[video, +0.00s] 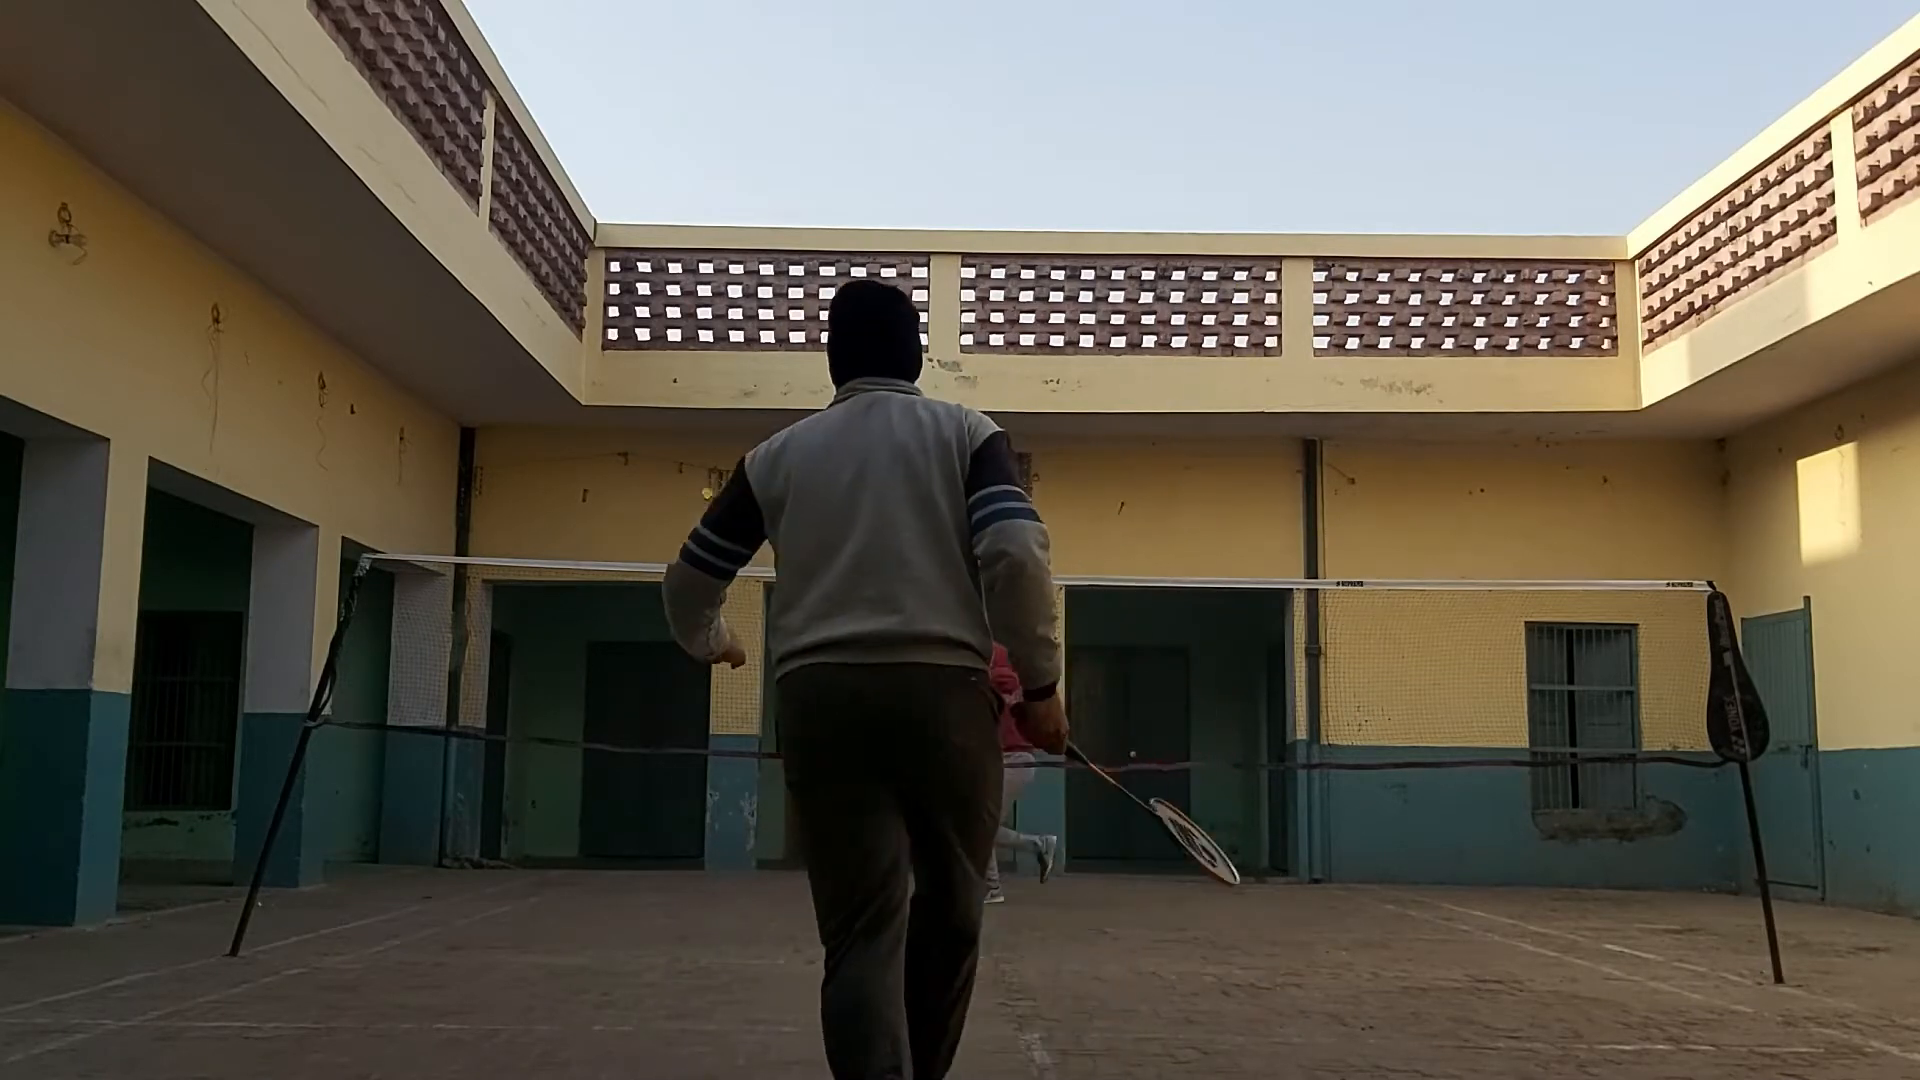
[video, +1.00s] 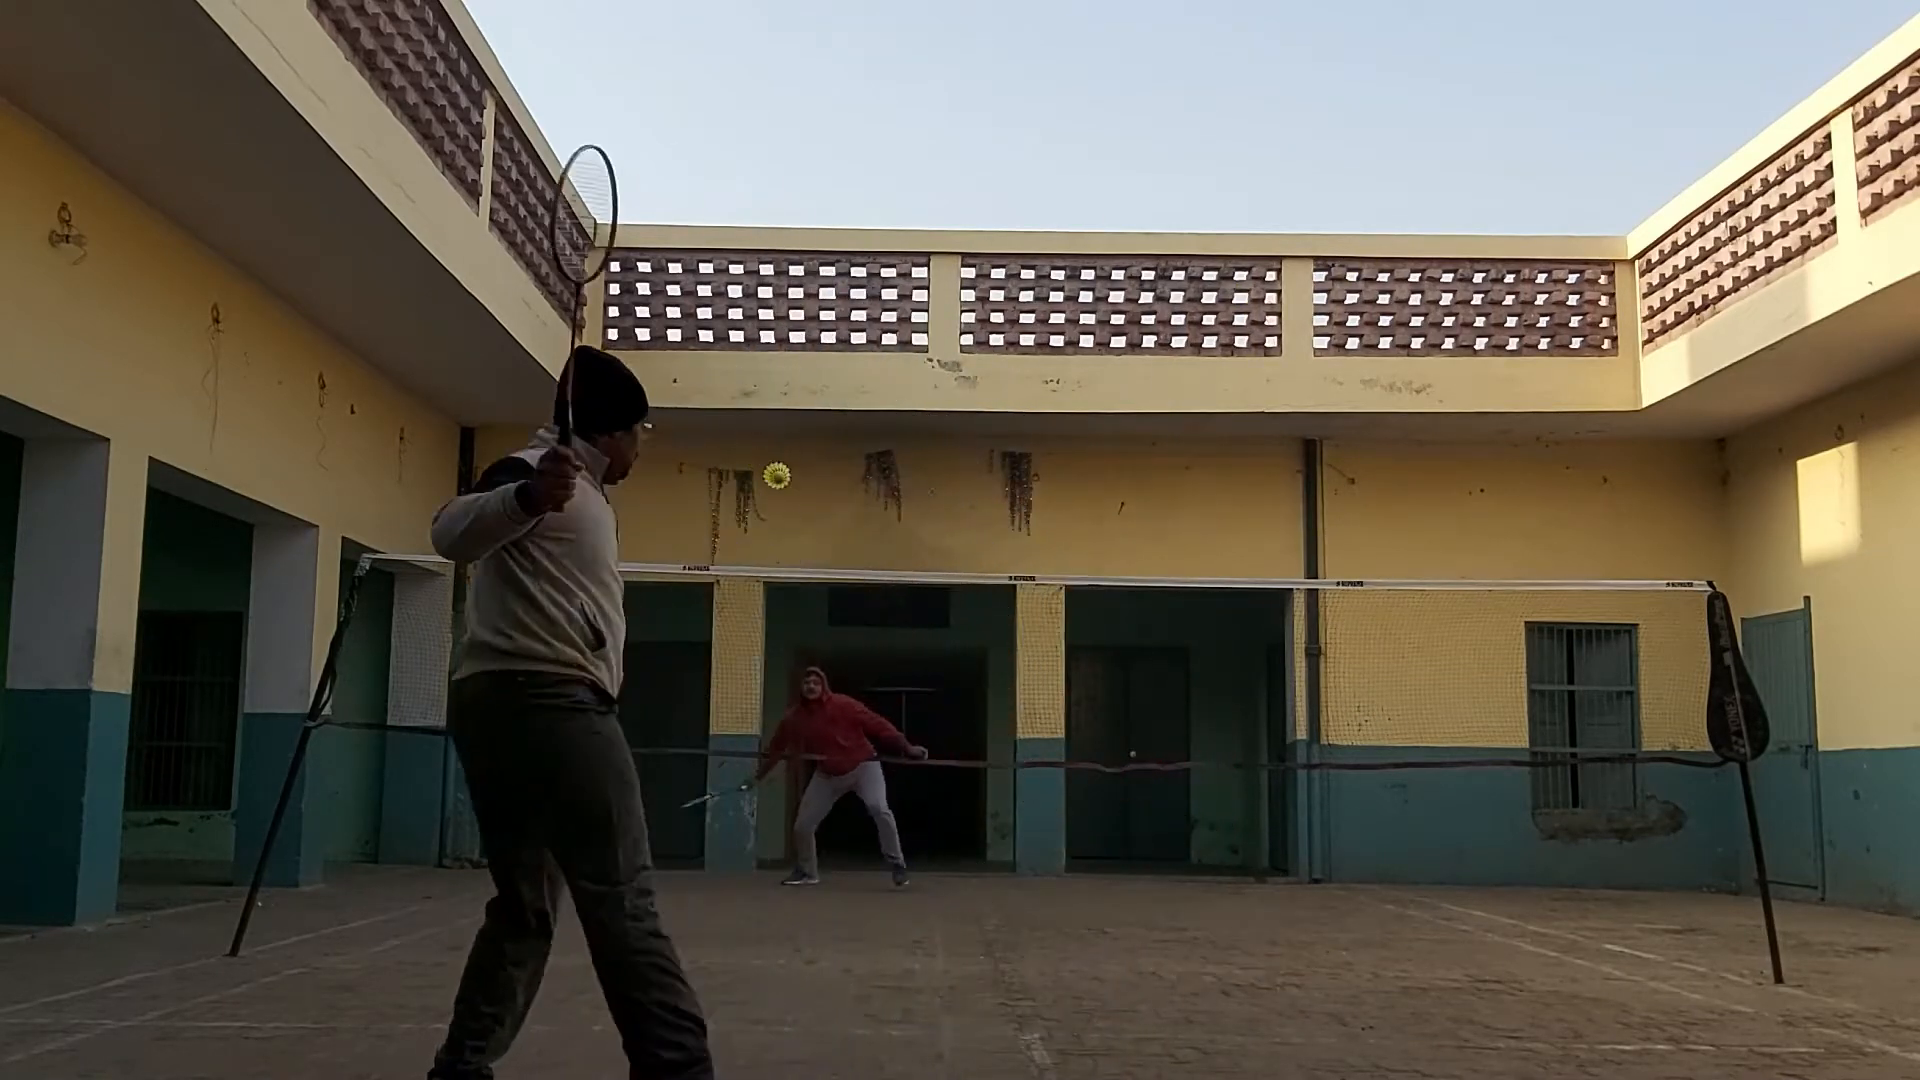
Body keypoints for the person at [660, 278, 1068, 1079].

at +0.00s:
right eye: (909, 341)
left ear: (833, 359)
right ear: (916, 354)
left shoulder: (778, 452)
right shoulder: (967, 431)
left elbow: (688, 586)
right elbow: (1015, 554)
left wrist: (712, 642)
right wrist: (1041, 687)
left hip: (819, 694)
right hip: (945, 692)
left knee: (858, 921)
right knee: (950, 908)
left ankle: (872, 1072)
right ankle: (918, 1067)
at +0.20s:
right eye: (875, 383)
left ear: (799, 391)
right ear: (880, 390)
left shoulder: (748, 478)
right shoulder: (919, 460)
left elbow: (716, 610)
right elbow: (966, 570)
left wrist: (765, 670)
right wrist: (1002, 694)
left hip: (771, 699)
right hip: (894, 697)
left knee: (817, 922)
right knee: (878, 905)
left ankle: (854, 1073)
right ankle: (847, 1062)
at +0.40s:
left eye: (776, 390)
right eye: (838, 393)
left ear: (769, 397)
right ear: (845, 397)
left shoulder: (715, 475)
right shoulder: (877, 471)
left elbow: (700, 588)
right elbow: (925, 582)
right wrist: (945, 695)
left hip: (708, 689)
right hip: (821, 689)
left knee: (707, 902)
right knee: (824, 908)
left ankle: (755, 1063)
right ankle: (821, 1070)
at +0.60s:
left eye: (717, 409)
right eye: (780, 411)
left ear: (710, 416)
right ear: (787, 417)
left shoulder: (649, 492)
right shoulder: (821, 492)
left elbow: (596, 611)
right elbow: (872, 605)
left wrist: (645, 671)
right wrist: (877, 676)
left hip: (639, 704)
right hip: (755, 711)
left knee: (585, 886)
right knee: (790, 907)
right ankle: (811, 1073)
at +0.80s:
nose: (692, 456)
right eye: (692, 446)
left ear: (617, 450)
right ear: (688, 451)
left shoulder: (565, 536)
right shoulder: (687, 523)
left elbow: (523, 637)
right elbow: (737, 613)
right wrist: (818, 571)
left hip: (557, 751)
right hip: (666, 754)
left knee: (545, 907)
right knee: (739, 928)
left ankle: (466, 1064)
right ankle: (785, 1070)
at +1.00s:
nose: (637, 451)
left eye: (640, 435)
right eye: (636, 433)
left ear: (582, 420)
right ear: (607, 426)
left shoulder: (579, 489)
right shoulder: (537, 464)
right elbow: (450, 537)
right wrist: (526, 499)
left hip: (502, 704)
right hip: (549, 698)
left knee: (523, 902)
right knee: (623, 901)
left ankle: (464, 1062)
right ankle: (676, 1064)